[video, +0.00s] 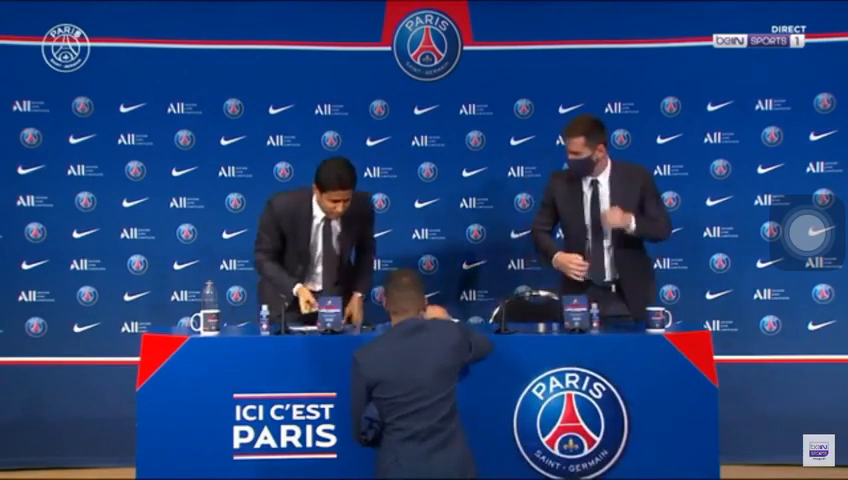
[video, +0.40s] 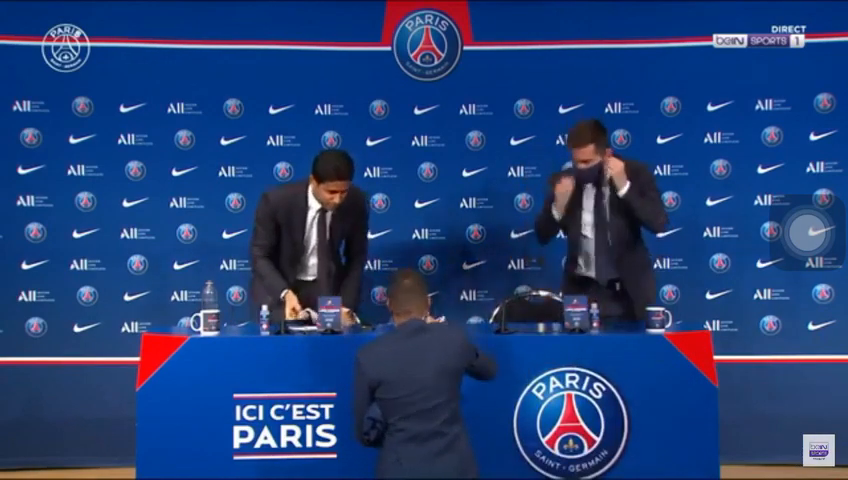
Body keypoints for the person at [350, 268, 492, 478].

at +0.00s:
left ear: (386, 305)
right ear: (424, 305)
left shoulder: (366, 357)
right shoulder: (449, 335)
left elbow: (362, 430)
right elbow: (484, 347)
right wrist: (447, 322)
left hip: (398, 461)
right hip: (450, 457)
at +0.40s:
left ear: (390, 306)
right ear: (428, 303)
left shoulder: (370, 355)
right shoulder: (451, 338)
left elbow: (364, 430)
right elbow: (488, 371)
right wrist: (444, 332)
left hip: (400, 462)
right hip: (452, 460)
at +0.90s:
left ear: (405, 306)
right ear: (441, 305)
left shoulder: (380, 352)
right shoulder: (461, 342)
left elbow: (370, 426)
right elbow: (505, 378)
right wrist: (456, 335)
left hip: (400, 463)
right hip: (452, 463)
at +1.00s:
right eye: (451, 302)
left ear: (411, 307)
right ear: (446, 305)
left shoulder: (384, 351)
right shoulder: (466, 342)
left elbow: (374, 424)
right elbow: (511, 369)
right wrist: (474, 334)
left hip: (404, 462)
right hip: (457, 462)